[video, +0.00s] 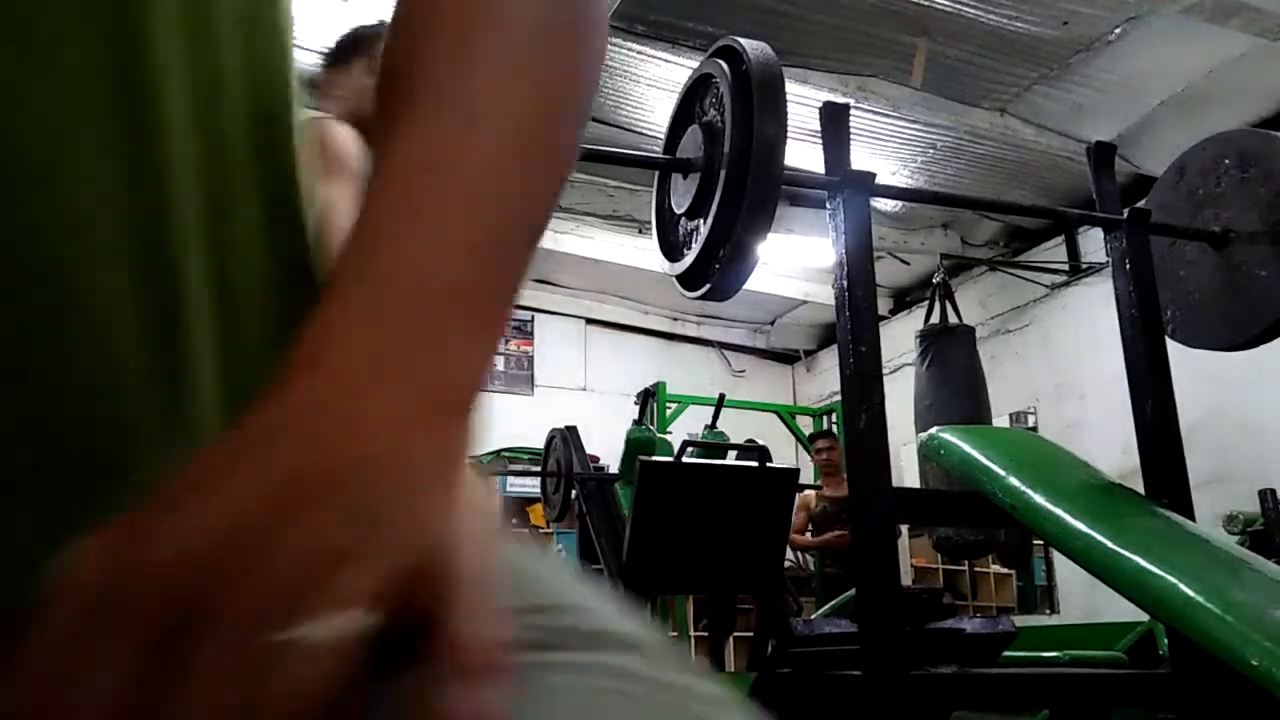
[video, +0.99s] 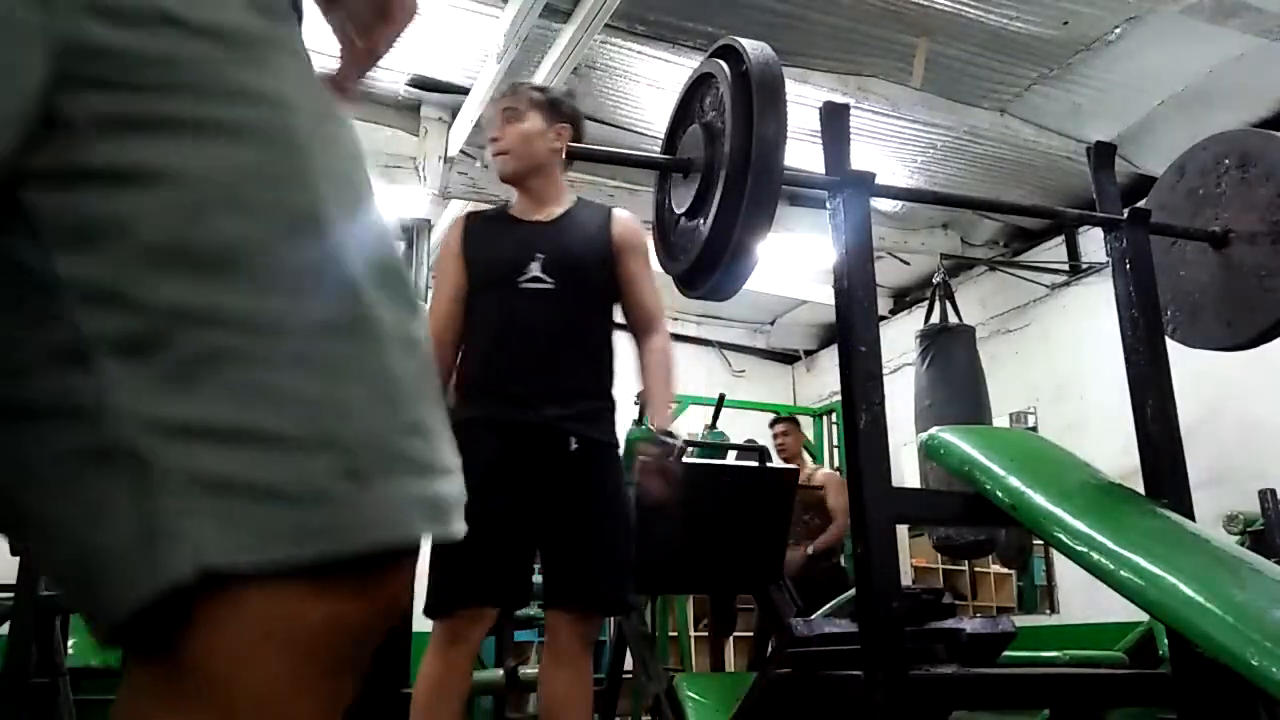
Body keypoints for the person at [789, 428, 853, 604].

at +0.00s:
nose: (825, 457)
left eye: (831, 450)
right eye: (819, 452)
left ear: (841, 452)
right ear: (813, 458)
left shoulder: (857, 490)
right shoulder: (809, 498)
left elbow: (892, 529)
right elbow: (794, 538)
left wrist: (854, 537)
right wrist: (823, 540)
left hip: (862, 570)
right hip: (829, 575)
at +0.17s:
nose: (825, 455)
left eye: (831, 448)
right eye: (818, 450)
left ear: (841, 451)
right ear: (812, 457)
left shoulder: (857, 489)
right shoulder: (808, 496)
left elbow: (892, 529)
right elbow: (794, 536)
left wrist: (851, 538)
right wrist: (816, 544)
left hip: (861, 569)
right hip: (828, 573)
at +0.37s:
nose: (826, 450)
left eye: (832, 443)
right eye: (820, 445)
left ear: (843, 446)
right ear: (814, 451)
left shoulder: (858, 486)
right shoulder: (808, 493)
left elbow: (878, 525)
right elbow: (798, 537)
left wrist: (851, 534)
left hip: (856, 568)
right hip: (822, 571)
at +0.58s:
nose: (822, 445)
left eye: (829, 438)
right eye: (816, 440)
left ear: (842, 443)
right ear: (811, 445)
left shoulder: (854, 482)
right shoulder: (806, 488)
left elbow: (872, 523)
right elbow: (795, 534)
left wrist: (845, 533)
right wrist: (789, 573)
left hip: (850, 569)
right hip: (814, 571)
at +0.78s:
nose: (803, 443)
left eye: (809, 436)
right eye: (798, 438)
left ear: (824, 439)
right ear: (796, 444)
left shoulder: (842, 481)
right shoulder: (798, 484)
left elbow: (860, 522)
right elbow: (793, 528)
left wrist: (829, 532)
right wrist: (791, 561)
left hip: (838, 570)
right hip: (804, 570)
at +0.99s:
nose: (779, 442)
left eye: (785, 434)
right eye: (775, 437)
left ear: (802, 437)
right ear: (772, 442)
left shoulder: (827, 478)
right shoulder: (777, 480)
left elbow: (841, 523)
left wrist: (808, 550)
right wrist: (781, 552)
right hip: (781, 567)